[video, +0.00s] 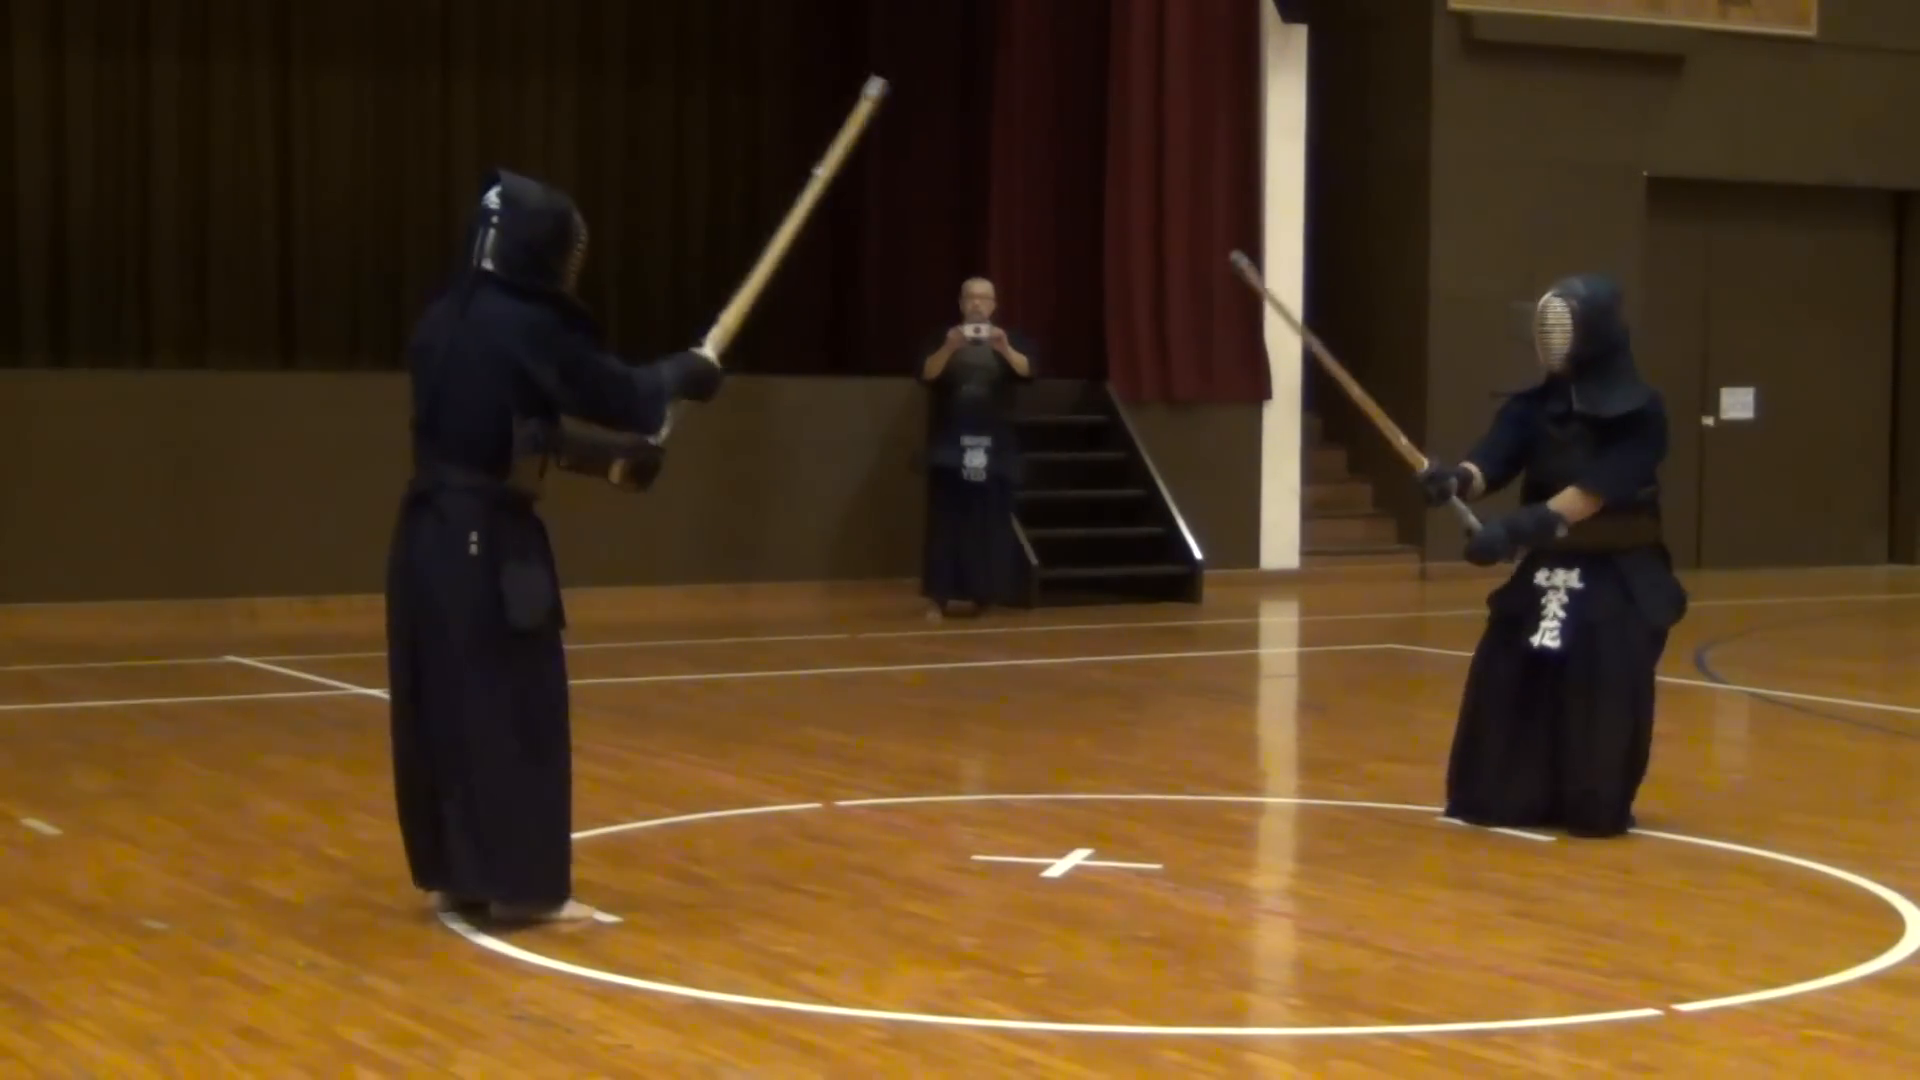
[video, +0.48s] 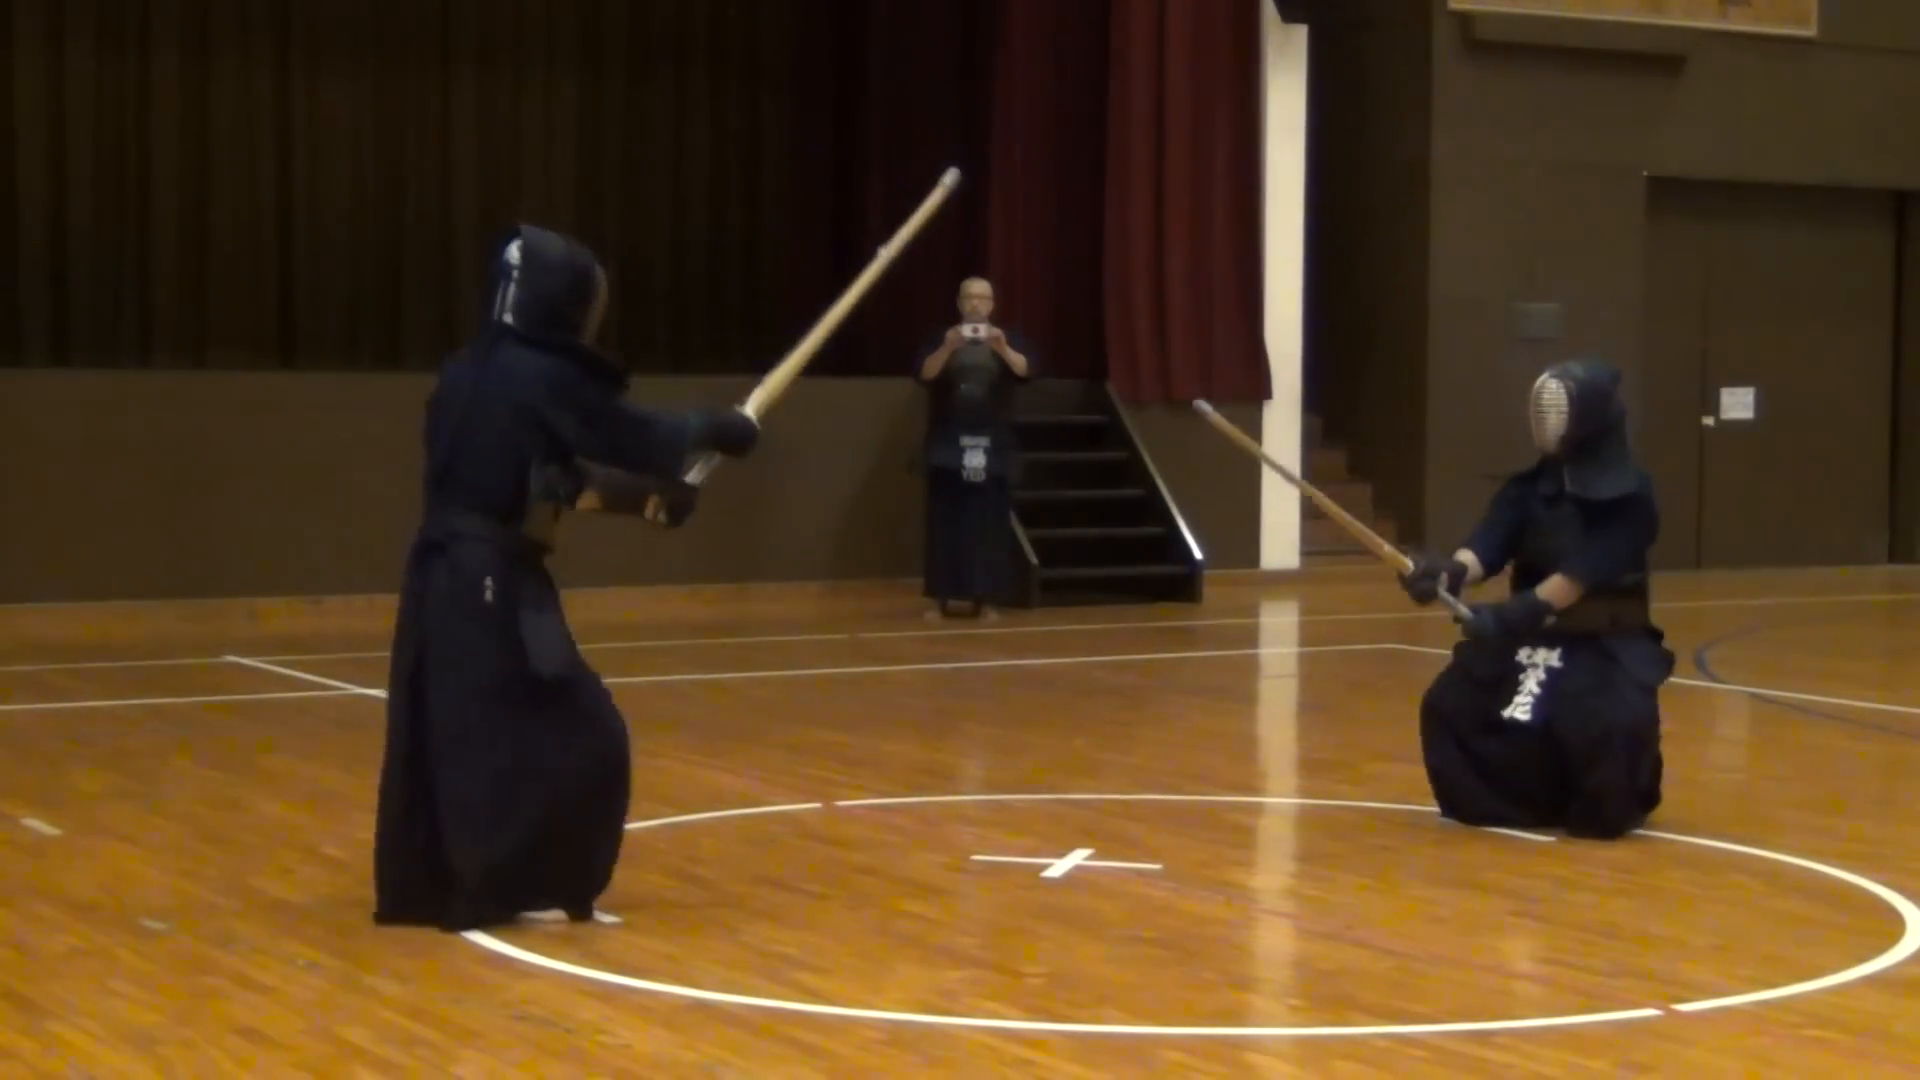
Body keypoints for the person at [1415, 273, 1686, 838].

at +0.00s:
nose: (1548, 339)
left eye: (1561, 328)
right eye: (1544, 327)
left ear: (1595, 332)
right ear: (1542, 330)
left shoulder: (1637, 408)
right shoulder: (1535, 404)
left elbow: (1601, 487)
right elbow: (1494, 460)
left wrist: (1521, 527)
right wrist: (1461, 478)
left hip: (1620, 569)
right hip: (1547, 564)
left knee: (1600, 675)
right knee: (1503, 665)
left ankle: (1595, 806)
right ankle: (1498, 796)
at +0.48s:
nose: (1544, 420)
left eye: (1556, 409)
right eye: (1540, 408)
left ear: (1591, 415)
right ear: (1534, 412)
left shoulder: (1625, 494)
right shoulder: (1527, 488)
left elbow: (1584, 573)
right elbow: (1491, 543)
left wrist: (1511, 615)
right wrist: (1452, 571)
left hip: (1607, 642)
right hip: (1525, 635)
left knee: (1604, 721)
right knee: (1449, 706)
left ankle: (1604, 811)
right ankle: (1493, 805)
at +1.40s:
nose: (1563, 468)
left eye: (1576, 458)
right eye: (1561, 457)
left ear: (1611, 465)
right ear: (1555, 460)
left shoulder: (1649, 548)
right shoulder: (1544, 534)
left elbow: (1607, 639)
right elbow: (1513, 603)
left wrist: (1531, 681)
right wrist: (1478, 641)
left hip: (1613, 696)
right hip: (1538, 682)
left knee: (1629, 752)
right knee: (1447, 716)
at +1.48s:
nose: (1559, 471)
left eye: (1572, 459)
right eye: (1556, 459)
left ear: (1606, 467)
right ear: (1549, 462)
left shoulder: (1642, 548)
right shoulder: (1538, 537)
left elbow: (1602, 641)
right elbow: (1508, 604)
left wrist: (1528, 683)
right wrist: (1474, 642)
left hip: (1610, 699)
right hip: (1534, 685)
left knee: (1626, 750)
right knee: (1441, 717)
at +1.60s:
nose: (1559, 472)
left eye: (1572, 460)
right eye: (1556, 460)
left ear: (1607, 467)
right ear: (1549, 463)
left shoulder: (1643, 549)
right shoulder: (1539, 537)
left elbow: (1603, 642)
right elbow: (1509, 604)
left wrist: (1528, 686)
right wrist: (1475, 643)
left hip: (1608, 699)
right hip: (1532, 687)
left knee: (1626, 752)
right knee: (1441, 717)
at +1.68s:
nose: (1559, 471)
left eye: (1573, 459)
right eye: (1556, 458)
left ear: (1607, 467)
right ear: (1549, 462)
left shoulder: (1642, 548)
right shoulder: (1538, 537)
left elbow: (1602, 642)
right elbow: (1508, 606)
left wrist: (1528, 686)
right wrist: (1471, 644)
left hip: (1609, 698)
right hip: (1533, 685)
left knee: (1624, 753)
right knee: (1442, 717)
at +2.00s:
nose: (1560, 473)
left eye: (1574, 461)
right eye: (1557, 461)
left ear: (1607, 469)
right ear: (1550, 464)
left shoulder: (1643, 551)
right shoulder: (1538, 540)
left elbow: (1599, 647)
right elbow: (1506, 609)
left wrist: (1528, 686)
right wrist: (1471, 650)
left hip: (1609, 699)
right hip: (1532, 685)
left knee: (1628, 752)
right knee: (1440, 718)